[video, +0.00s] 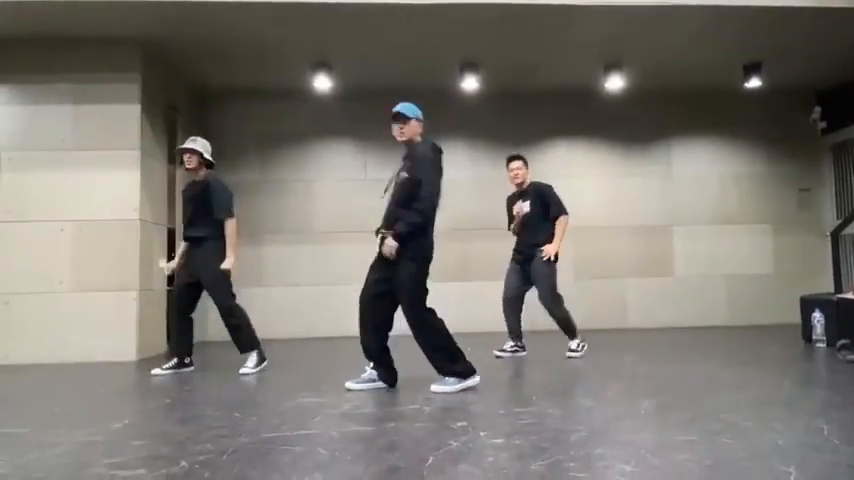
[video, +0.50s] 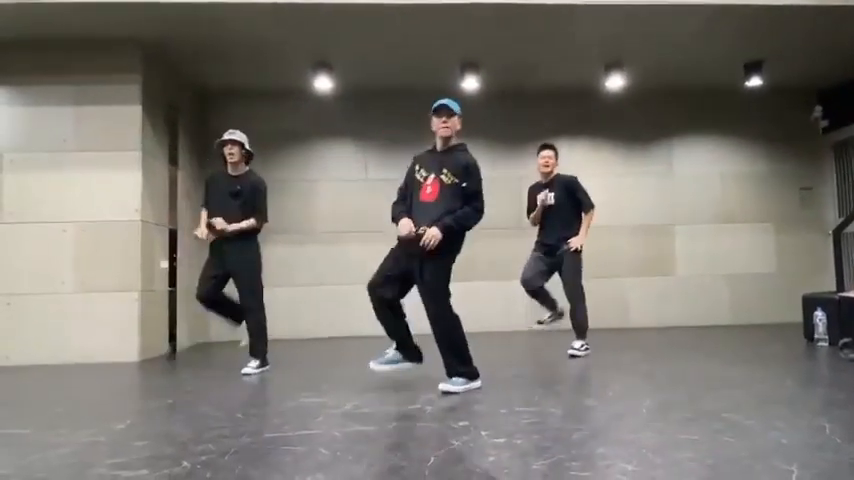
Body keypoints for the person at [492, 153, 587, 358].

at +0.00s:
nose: (516, 173)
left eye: (519, 168)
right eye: (512, 170)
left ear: (527, 171)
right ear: (508, 174)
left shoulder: (542, 190)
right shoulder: (512, 200)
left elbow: (563, 217)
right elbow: (514, 230)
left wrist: (555, 245)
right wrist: (518, 219)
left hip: (542, 253)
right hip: (520, 256)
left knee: (548, 297)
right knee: (510, 298)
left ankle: (574, 339)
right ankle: (516, 342)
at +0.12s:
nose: (528, 165)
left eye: (532, 161)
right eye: (524, 161)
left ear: (539, 164)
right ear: (519, 165)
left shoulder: (554, 187)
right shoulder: (517, 191)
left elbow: (575, 214)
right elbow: (515, 222)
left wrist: (566, 239)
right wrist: (524, 210)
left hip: (554, 250)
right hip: (530, 253)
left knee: (566, 295)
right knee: (523, 296)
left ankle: (579, 340)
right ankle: (519, 340)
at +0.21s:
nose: (533, 164)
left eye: (537, 160)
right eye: (529, 160)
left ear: (544, 164)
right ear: (524, 164)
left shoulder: (558, 187)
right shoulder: (521, 190)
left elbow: (579, 215)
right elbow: (518, 220)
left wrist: (571, 239)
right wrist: (529, 208)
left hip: (559, 250)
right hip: (535, 253)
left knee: (569, 294)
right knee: (528, 296)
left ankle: (580, 340)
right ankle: (521, 339)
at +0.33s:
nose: (541, 163)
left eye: (545, 160)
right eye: (537, 160)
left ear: (551, 164)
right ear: (532, 164)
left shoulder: (566, 185)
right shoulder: (530, 191)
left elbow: (587, 210)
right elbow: (529, 223)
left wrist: (581, 238)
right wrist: (537, 211)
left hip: (567, 248)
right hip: (542, 250)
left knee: (570, 292)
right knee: (533, 293)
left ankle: (580, 340)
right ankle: (525, 337)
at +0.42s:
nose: (544, 161)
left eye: (548, 158)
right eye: (541, 157)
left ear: (555, 162)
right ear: (536, 162)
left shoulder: (568, 182)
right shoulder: (533, 190)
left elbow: (588, 208)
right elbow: (532, 221)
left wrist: (581, 236)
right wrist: (539, 206)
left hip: (568, 246)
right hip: (544, 247)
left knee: (574, 292)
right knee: (529, 286)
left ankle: (580, 340)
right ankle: (543, 322)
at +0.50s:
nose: (546, 161)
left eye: (550, 158)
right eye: (542, 158)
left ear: (556, 162)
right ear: (537, 162)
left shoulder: (569, 183)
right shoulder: (534, 189)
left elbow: (589, 209)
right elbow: (533, 221)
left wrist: (581, 236)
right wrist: (540, 207)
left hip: (568, 245)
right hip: (544, 247)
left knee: (574, 291)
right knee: (529, 281)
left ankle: (581, 339)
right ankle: (555, 310)